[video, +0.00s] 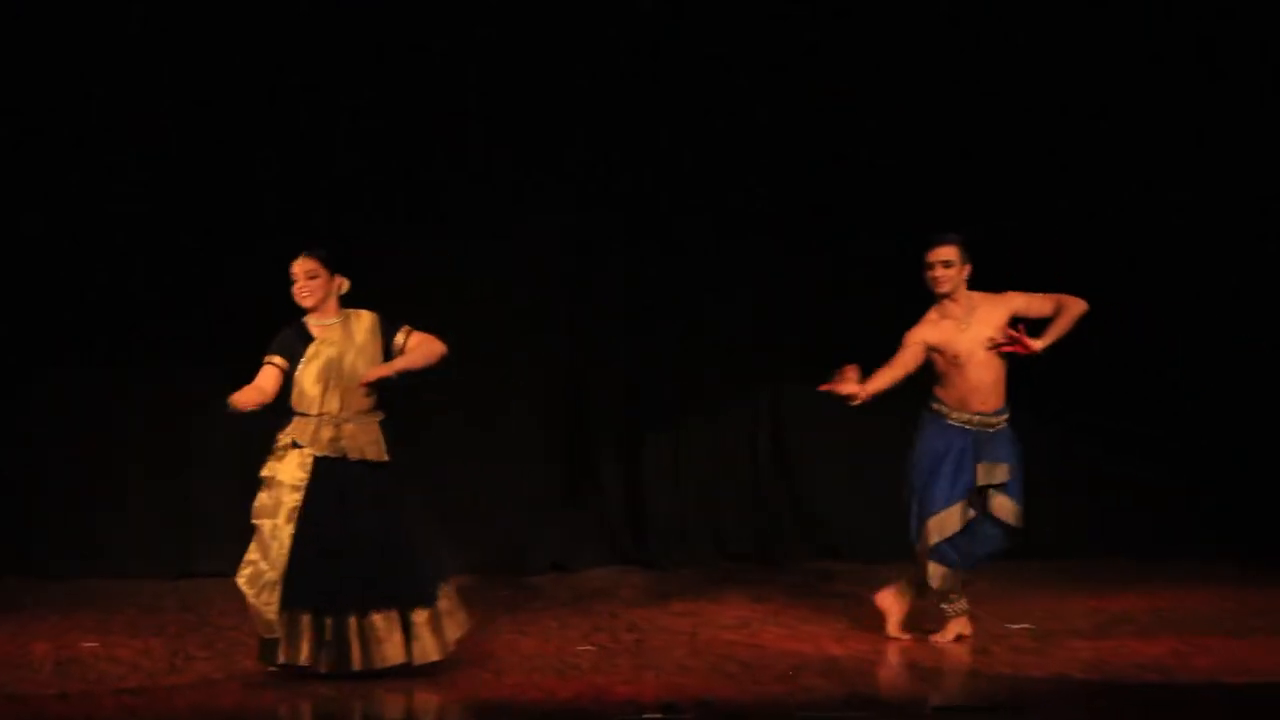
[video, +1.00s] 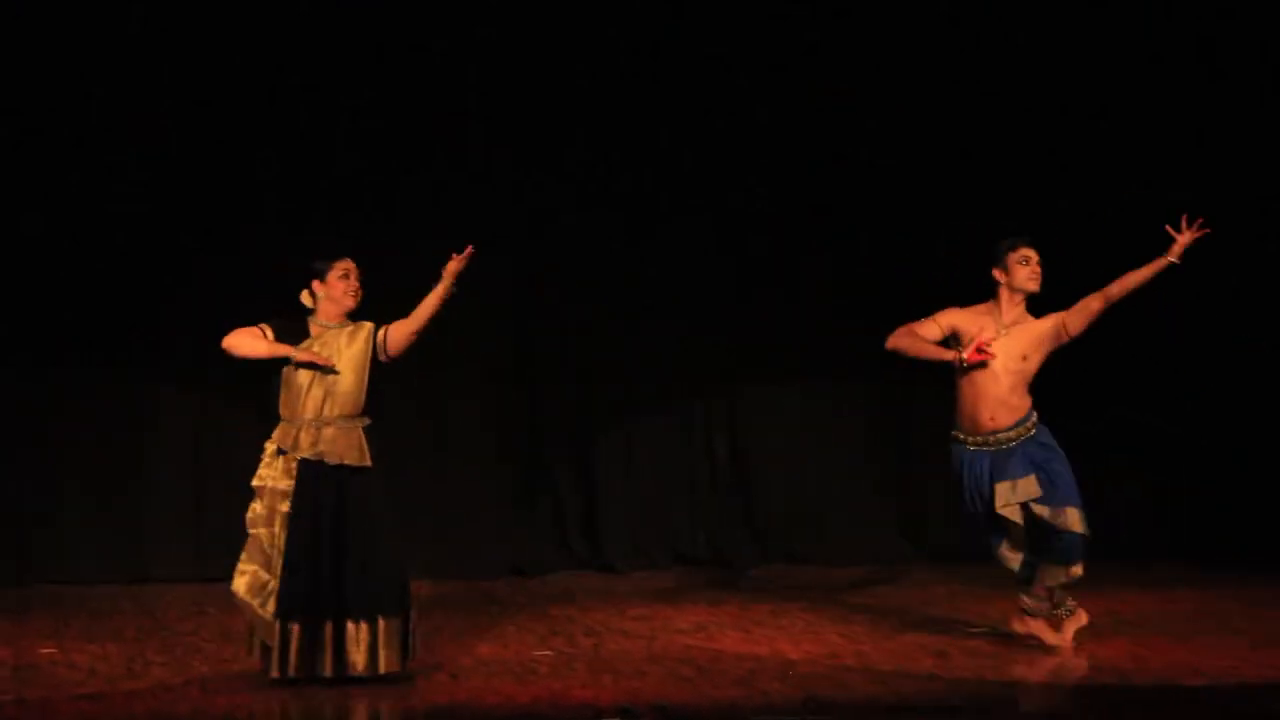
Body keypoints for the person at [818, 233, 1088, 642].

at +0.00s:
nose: (937, 273)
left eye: (946, 265)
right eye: (930, 267)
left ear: (966, 270)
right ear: (924, 274)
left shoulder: (1002, 305)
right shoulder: (926, 332)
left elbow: (1074, 305)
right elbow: (897, 369)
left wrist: (1042, 342)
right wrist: (863, 390)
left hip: (993, 429)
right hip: (946, 427)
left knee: (999, 520)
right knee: (939, 518)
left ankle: (903, 590)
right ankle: (957, 615)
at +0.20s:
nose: (909, 276)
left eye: (918, 268)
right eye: (902, 270)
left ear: (938, 272)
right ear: (898, 278)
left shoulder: (977, 305)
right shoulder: (903, 333)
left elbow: (1049, 302)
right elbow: (866, 364)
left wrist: (1016, 341)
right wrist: (830, 390)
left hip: (968, 432)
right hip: (923, 426)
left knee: (941, 527)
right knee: (905, 514)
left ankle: (867, 600)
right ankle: (896, 614)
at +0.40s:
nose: (926, 277)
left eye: (934, 269)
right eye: (917, 270)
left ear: (949, 275)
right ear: (908, 279)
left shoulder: (983, 319)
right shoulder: (900, 338)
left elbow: (1053, 326)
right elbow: (877, 380)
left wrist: (1020, 353)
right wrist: (845, 374)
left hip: (966, 438)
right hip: (915, 435)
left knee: (1013, 519)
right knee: (893, 524)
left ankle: (928, 571)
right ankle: (890, 626)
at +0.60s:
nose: (952, 254)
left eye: (955, 246)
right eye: (940, 247)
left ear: (962, 256)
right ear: (919, 259)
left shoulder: (979, 307)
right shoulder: (898, 312)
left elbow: (1060, 326)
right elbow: (850, 362)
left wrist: (1034, 299)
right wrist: (891, 349)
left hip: (968, 427)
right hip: (911, 427)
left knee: (1013, 510)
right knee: (877, 519)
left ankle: (992, 621)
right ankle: (858, 624)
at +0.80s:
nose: (1009, 261)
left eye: (1011, 254)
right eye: (997, 254)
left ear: (1013, 266)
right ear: (972, 266)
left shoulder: (1027, 321)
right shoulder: (940, 314)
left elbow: (1094, 298)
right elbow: (875, 338)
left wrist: (1134, 244)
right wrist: (932, 345)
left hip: (1005, 438)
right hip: (951, 442)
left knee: (1025, 528)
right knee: (953, 534)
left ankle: (1006, 622)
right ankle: (1018, 588)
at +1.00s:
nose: (1035, 270)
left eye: (1037, 264)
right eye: (1025, 262)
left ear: (1040, 277)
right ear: (999, 274)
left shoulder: (1047, 329)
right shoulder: (962, 320)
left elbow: (1106, 296)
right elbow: (897, 340)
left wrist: (1168, 258)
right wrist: (954, 356)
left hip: (1027, 441)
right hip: (975, 451)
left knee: (1066, 525)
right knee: (1007, 542)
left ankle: (1033, 609)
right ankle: (1060, 606)